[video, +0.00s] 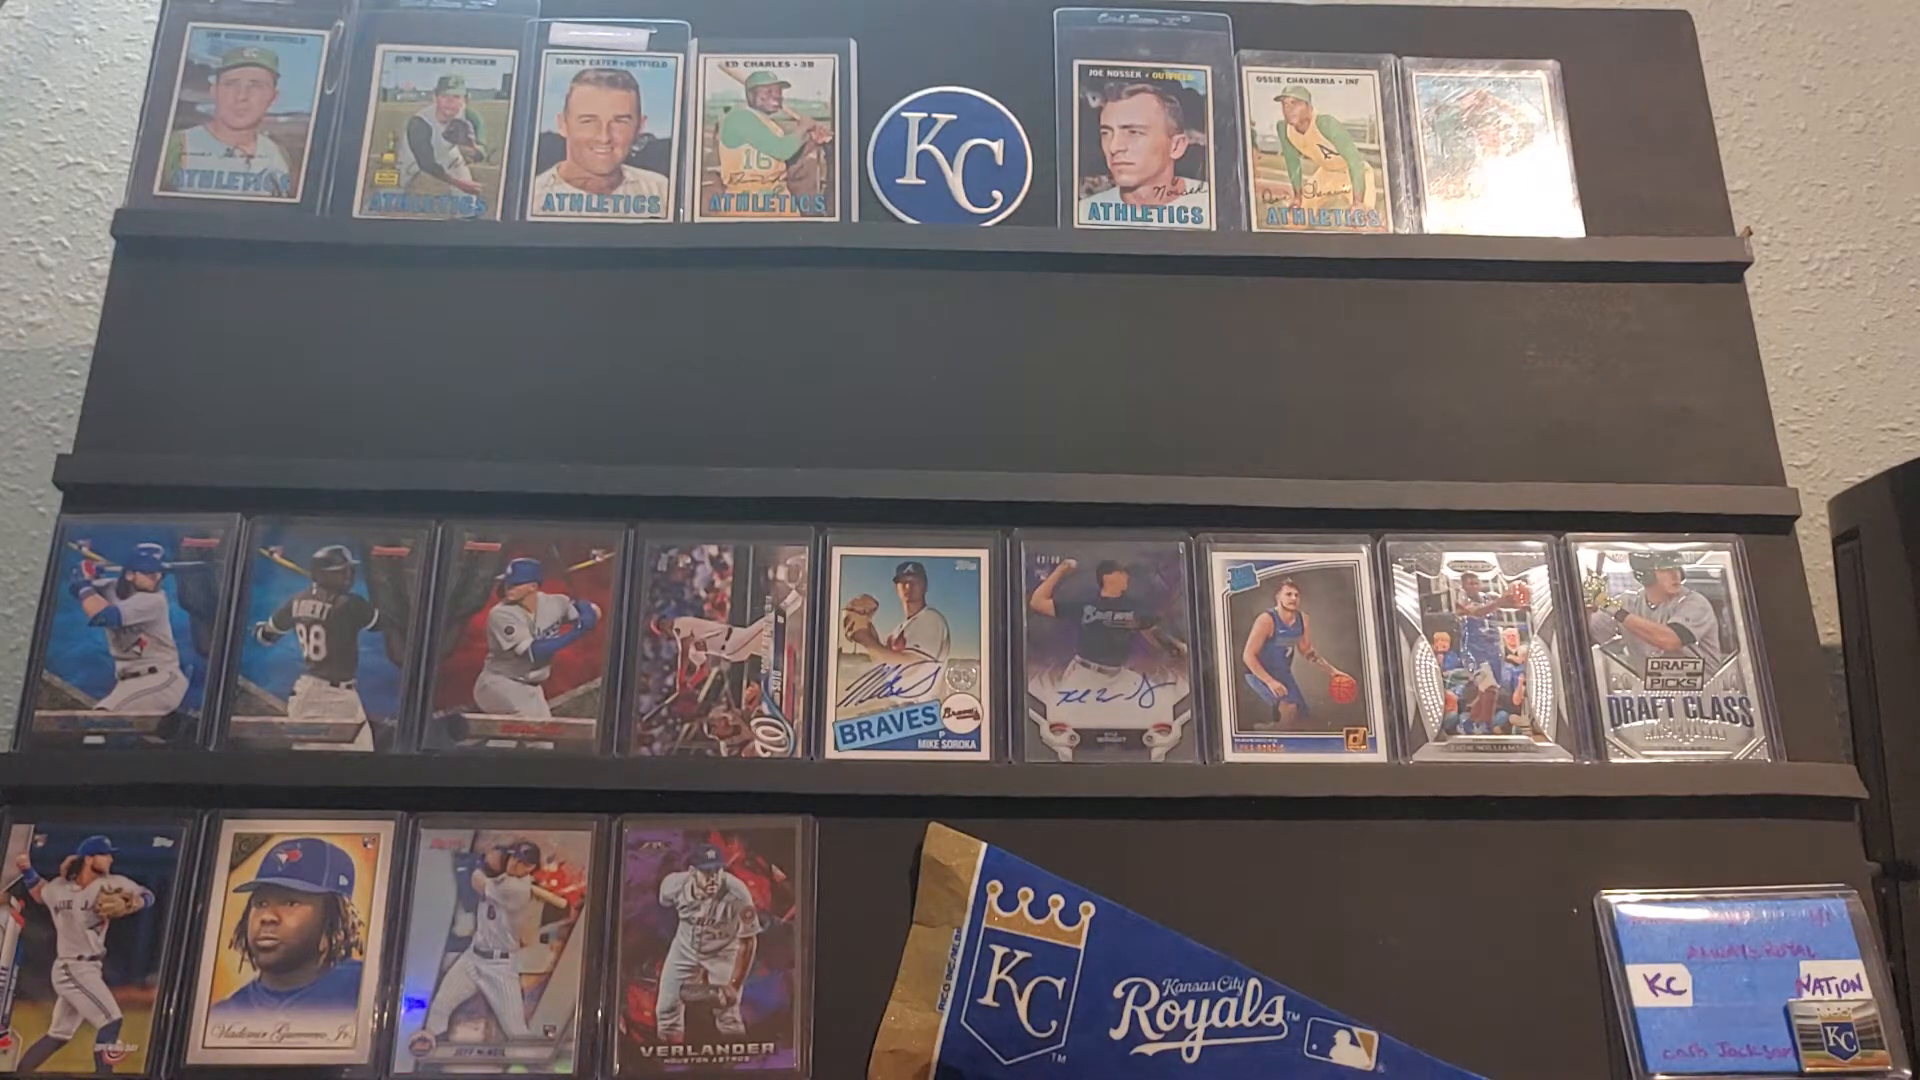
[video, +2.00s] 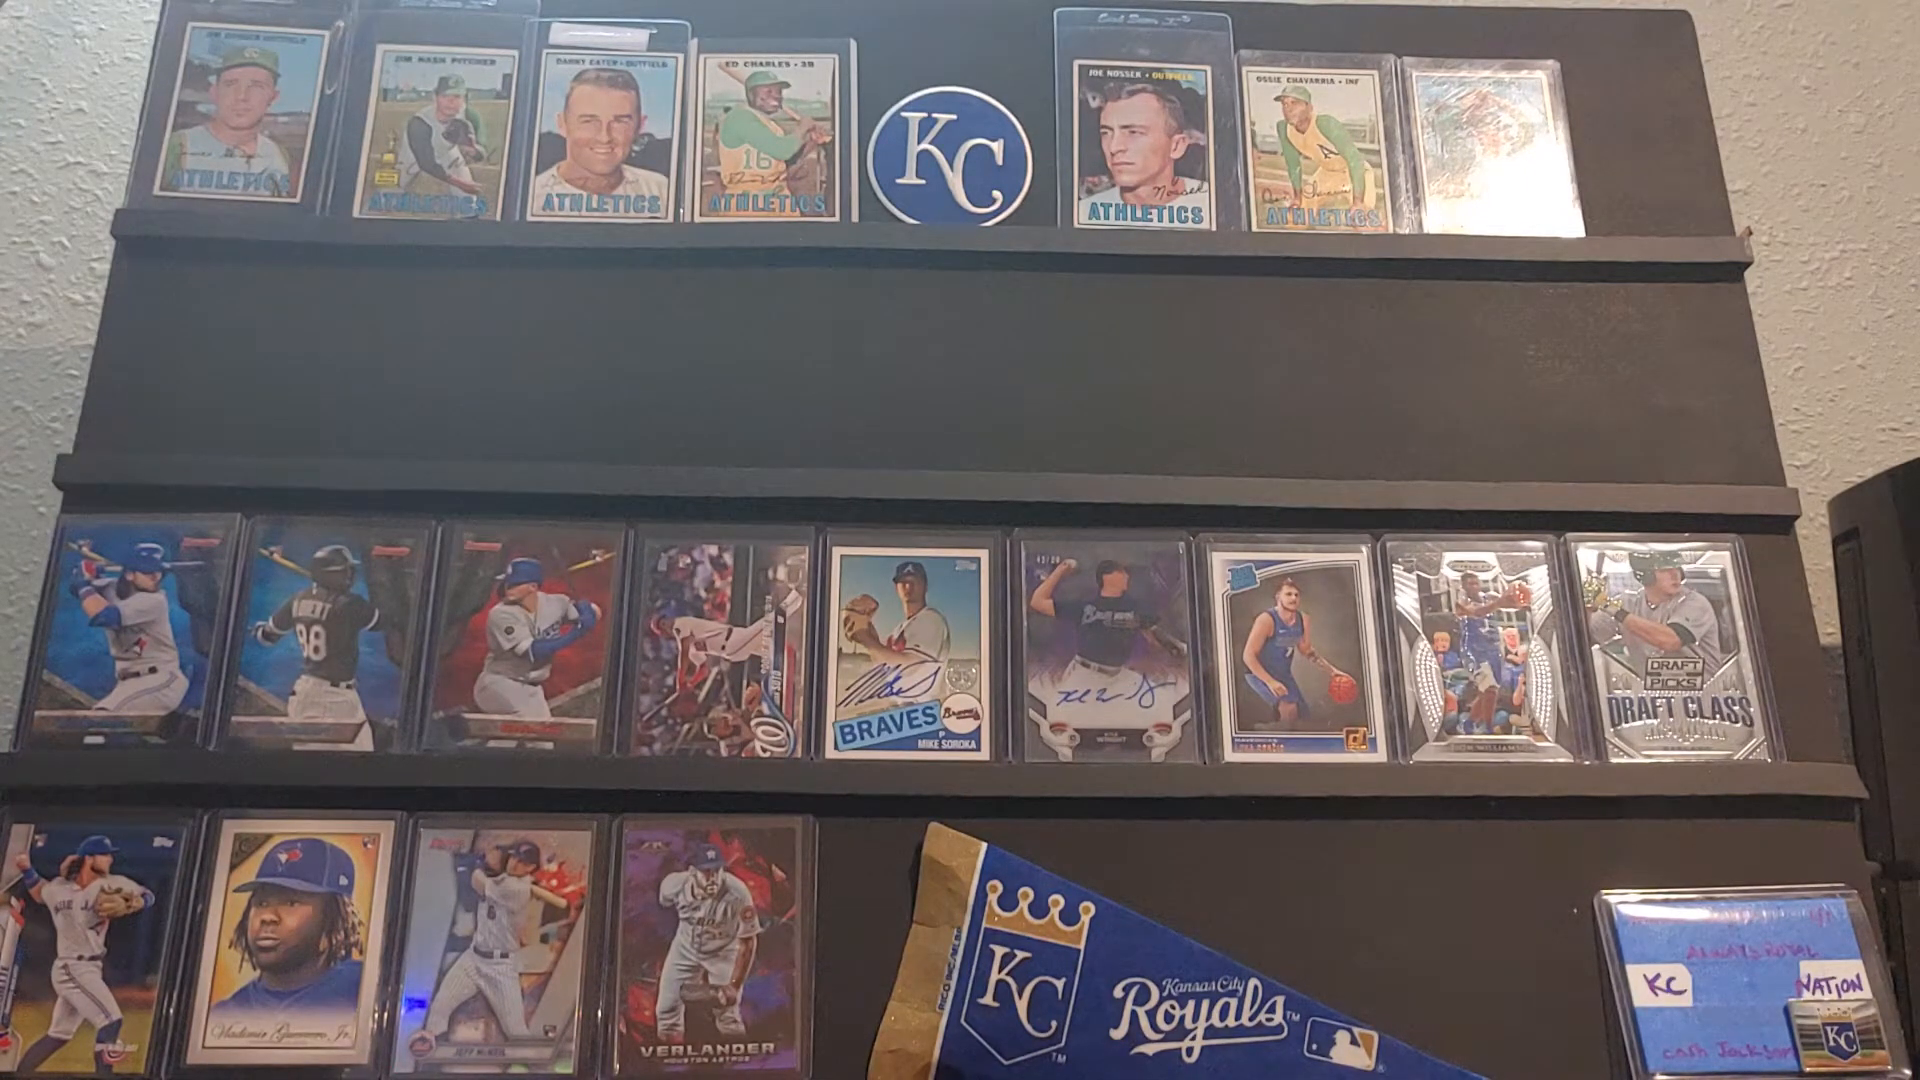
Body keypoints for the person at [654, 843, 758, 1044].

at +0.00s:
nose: (712, 878)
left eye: (716, 871)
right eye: (705, 872)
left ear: (722, 869)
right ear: (693, 870)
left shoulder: (738, 893)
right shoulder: (673, 886)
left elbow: (749, 941)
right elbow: (667, 910)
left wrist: (735, 985)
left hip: (724, 953)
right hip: (684, 948)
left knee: (727, 1015)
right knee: (666, 1009)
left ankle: (740, 1068)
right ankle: (673, 1071)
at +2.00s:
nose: (712, 878)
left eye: (716, 871)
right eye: (705, 872)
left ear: (722, 869)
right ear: (693, 870)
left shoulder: (738, 892)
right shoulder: (674, 885)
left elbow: (749, 941)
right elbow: (666, 907)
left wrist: (735, 985)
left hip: (725, 953)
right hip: (685, 947)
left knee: (727, 1015)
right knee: (666, 1009)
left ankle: (741, 1068)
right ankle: (673, 1069)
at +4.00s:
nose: (712, 878)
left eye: (716, 871)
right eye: (706, 872)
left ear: (722, 869)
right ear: (692, 871)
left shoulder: (738, 893)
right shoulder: (672, 886)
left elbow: (749, 941)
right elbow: (668, 914)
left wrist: (735, 985)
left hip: (724, 954)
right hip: (684, 948)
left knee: (727, 1015)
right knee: (666, 1009)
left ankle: (740, 1068)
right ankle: (673, 1069)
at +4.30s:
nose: (712, 878)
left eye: (716, 871)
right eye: (706, 872)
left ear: (722, 869)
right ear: (692, 871)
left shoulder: (738, 893)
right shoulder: (673, 885)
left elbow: (748, 941)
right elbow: (667, 911)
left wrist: (734, 985)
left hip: (724, 954)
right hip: (684, 948)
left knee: (727, 1014)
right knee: (666, 1009)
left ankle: (739, 1067)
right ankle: (672, 1071)